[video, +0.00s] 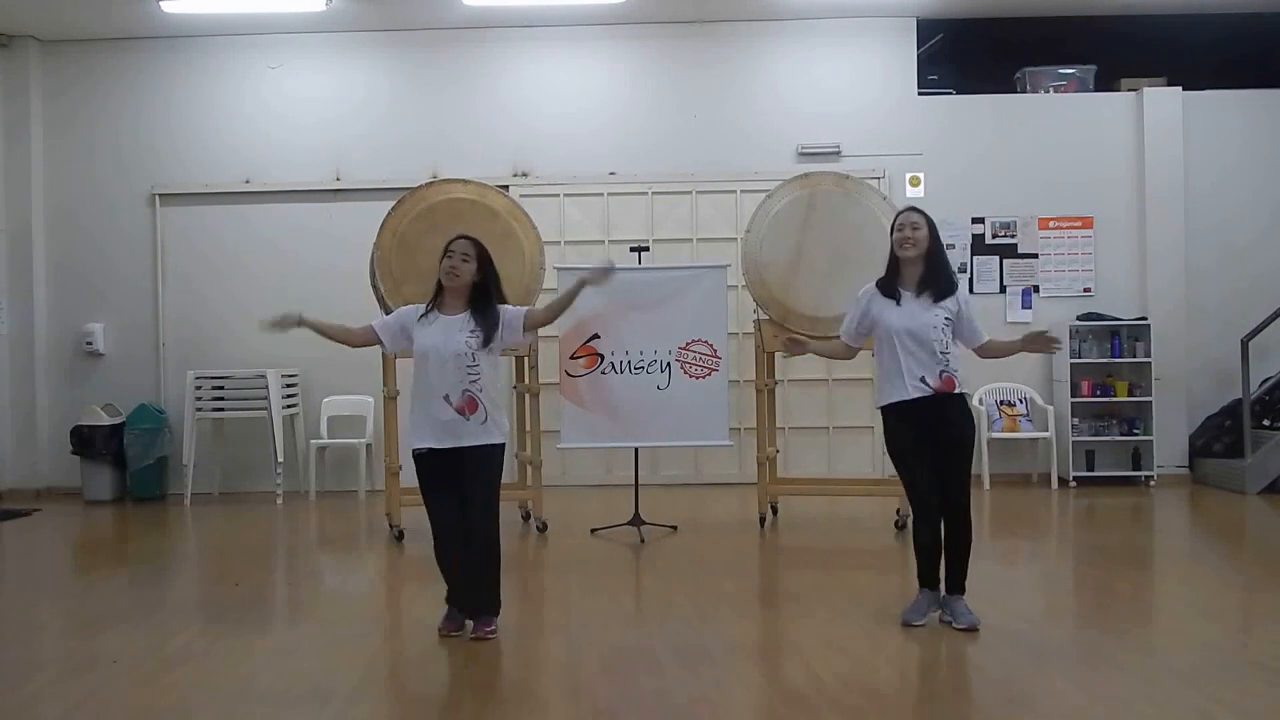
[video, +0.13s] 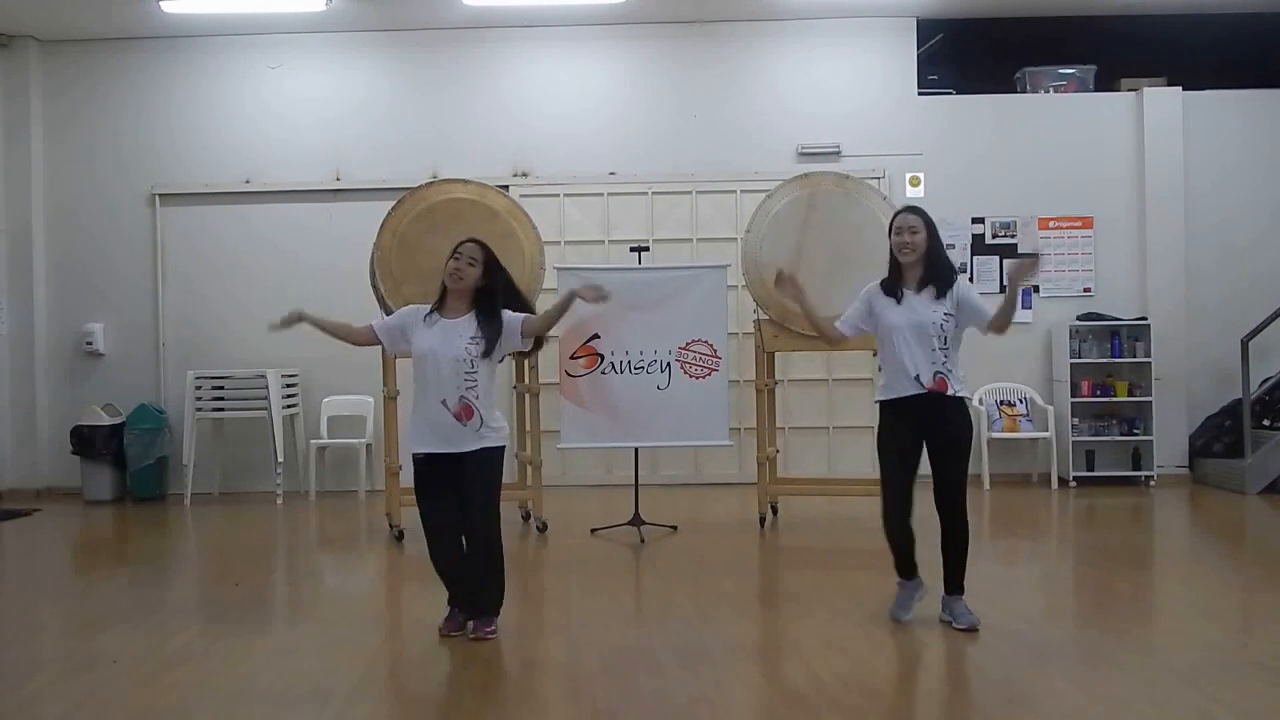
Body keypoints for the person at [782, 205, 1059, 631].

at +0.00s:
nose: (906, 233)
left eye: (915, 227)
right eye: (900, 228)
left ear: (932, 239)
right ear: (891, 240)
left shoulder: (952, 295)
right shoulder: (873, 296)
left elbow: (982, 347)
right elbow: (846, 348)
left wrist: (1023, 344)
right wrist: (808, 346)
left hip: (950, 410)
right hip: (901, 413)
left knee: (957, 505)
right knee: (924, 506)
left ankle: (954, 598)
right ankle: (927, 594)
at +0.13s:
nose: (904, 238)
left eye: (913, 231)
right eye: (897, 232)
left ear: (930, 239)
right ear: (890, 241)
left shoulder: (952, 290)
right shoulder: (877, 294)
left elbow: (997, 325)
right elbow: (834, 334)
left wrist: (1014, 286)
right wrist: (801, 298)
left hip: (948, 410)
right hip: (897, 412)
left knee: (952, 506)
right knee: (893, 510)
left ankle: (954, 599)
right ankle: (909, 582)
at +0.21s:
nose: (901, 232)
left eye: (909, 225)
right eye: (893, 227)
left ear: (924, 233)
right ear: (885, 238)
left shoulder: (946, 280)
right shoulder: (872, 288)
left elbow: (982, 287)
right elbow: (826, 306)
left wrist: (977, 234)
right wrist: (810, 255)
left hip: (942, 405)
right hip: (890, 405)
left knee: (947, 503)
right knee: (867, 497)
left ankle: (953, 598)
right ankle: (870, 583)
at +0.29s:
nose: (896, 231)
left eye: (904, 224)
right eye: (888, 226)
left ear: (920, 233)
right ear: (879, 237)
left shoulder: (937, 279)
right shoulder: (869, 285)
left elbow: (962, 269)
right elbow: (824, 292)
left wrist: (947, 216)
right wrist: (816, 236)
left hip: (934, 406)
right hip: (883, 405)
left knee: (944, 504)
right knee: (852, 498)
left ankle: (953, 598)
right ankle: (838, 586)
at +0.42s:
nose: (879, 237)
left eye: (888, 231)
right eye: (873, 231)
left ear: (904, 239)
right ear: (865, 241)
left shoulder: (916, 288)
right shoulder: (855, 286)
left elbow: (908, 258)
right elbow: (825, 275)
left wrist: (888, 206)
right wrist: (830, 220)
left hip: (914, 408)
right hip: (863, 407)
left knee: (931, 504)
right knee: (833, 502)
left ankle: (953, 599)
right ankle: (796, 593)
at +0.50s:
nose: (872, 237)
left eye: (881, 230)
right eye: (865, 231)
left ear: (895, 241)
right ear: (857, 242)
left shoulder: (908, 284)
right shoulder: (843, 289)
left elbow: (897, 286)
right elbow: (822, 278)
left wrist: (871, 247)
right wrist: (838, 225)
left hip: (896, 411)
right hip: (845, 409)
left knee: (922, 506)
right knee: (823, 505)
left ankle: (951, 598)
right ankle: (794, 595)